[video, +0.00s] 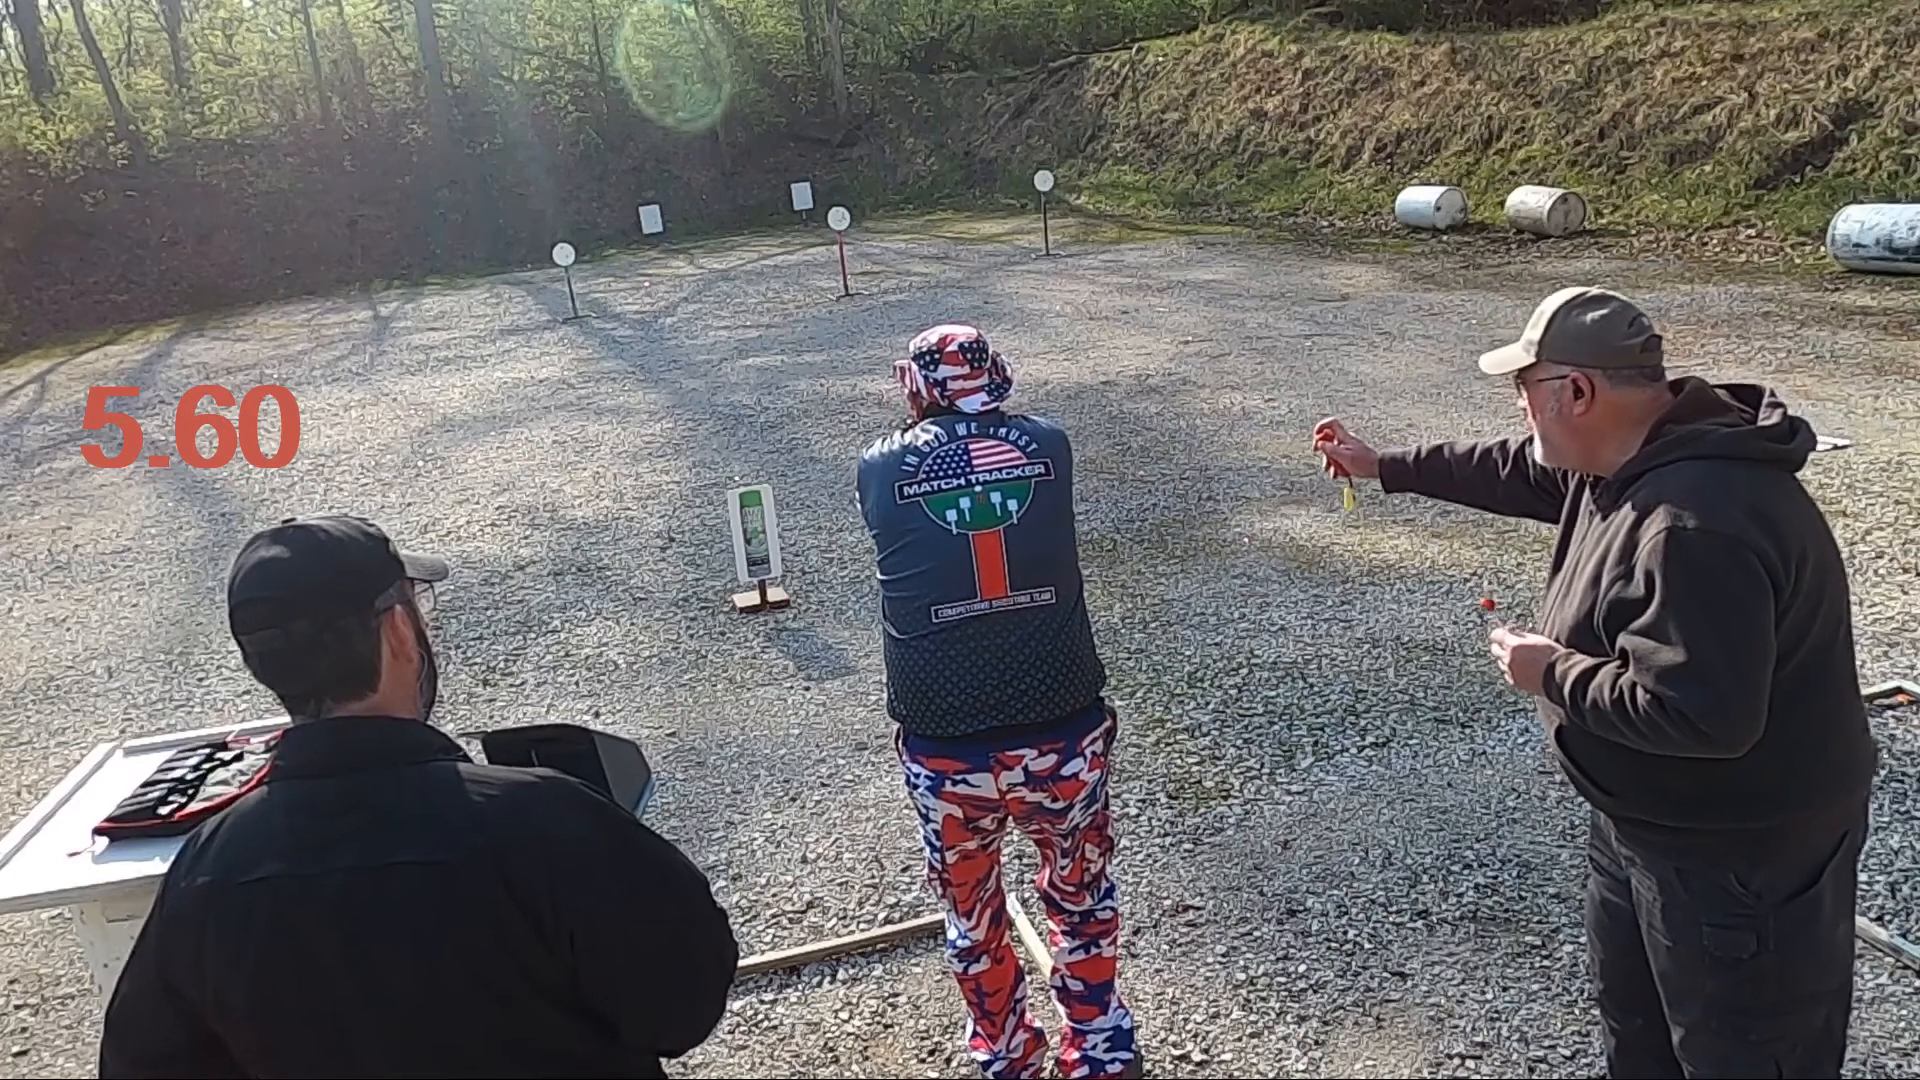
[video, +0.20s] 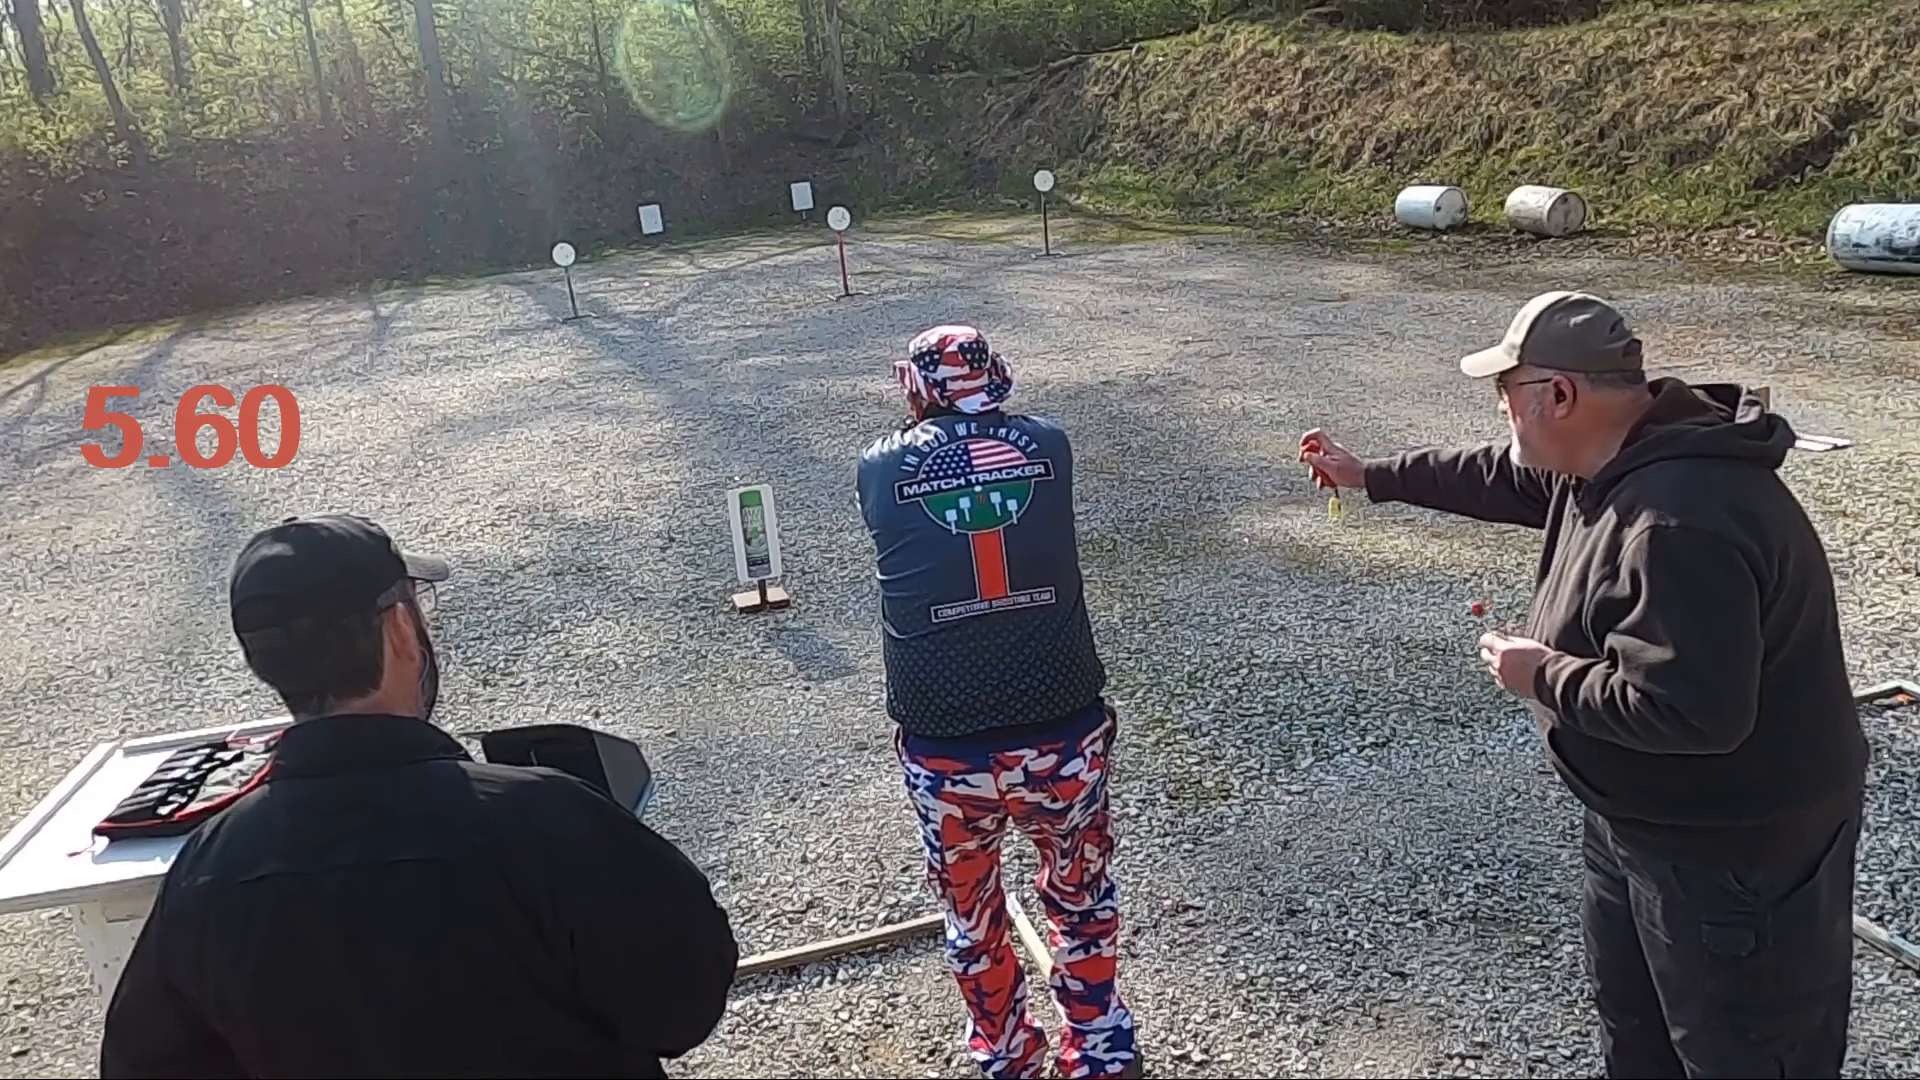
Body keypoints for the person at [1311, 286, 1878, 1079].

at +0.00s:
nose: (1522, 405)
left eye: (1527, 388)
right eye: (1521, 387)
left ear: (1579, 394)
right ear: (1584, 393)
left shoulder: (1695, 526)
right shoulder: (1620, 463)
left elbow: (1708, 715)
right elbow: (1511, 470)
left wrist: (1552, 671)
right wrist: (1381, 465)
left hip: (1737, 858)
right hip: (1639, 824)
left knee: (1745, 1061)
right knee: (1640, 1039)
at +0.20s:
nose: (1504, 407)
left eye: (1509, 389)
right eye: (1502, 389)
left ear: (1560, 396)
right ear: (1566, 395)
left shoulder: (1679, 524)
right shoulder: (1596, 469)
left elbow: (1699, 714)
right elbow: (1493, 476)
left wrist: (1542, 674)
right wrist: (1367, 475)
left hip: (1735, 856)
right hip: (1633, 823)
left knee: (1745, 1060)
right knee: (1639, 1045)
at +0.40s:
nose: (1484, 414)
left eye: (1488, 395)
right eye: (1482, 396)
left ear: (1536, 401)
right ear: (1545, 397)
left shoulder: (1654, 524)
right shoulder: (1577, 470)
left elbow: (1680, 710)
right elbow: (1477, 485)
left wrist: (1528, 678)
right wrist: (1351, 488)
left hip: (1724, 849)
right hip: (1627, 821)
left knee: (1741, 1057)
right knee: (1634, 1037)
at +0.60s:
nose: (1465, 421)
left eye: (1467, 402)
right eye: (1463, 402)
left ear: (1509, 408)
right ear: (1522, 400)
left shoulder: (1631, 525)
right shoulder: (1561, 467)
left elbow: (1660, 709)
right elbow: (1467, 489)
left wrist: (1513, 678)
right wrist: (1339, 498)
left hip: (1707, 836)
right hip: (1613, 811)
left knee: (1731, 1050)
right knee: (1625, 1025)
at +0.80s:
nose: (1455, 410)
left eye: (1455, 394)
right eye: (1453, 393)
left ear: (1492, 402)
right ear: (1512, 394)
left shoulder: (1620, 518)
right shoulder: (1542, 462)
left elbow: (1654, 698)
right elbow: (1450, 490)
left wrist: (1504, 671)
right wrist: (1324, 505)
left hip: (1694, 827)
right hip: (1607, 805)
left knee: (1725, 1048)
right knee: (1622, 1023)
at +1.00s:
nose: (1443, 416)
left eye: (1443, 396)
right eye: (1441, 397)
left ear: (1481, 398)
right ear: (1502, 390)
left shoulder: (1612, 513)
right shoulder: (1527, 462)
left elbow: (1653, 692)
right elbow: (1435, 492)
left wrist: (1501, 671)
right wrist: (1305, 511)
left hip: (1689, 821)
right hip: (1599, 798)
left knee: (1721, 1043)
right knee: (1620, 1019)